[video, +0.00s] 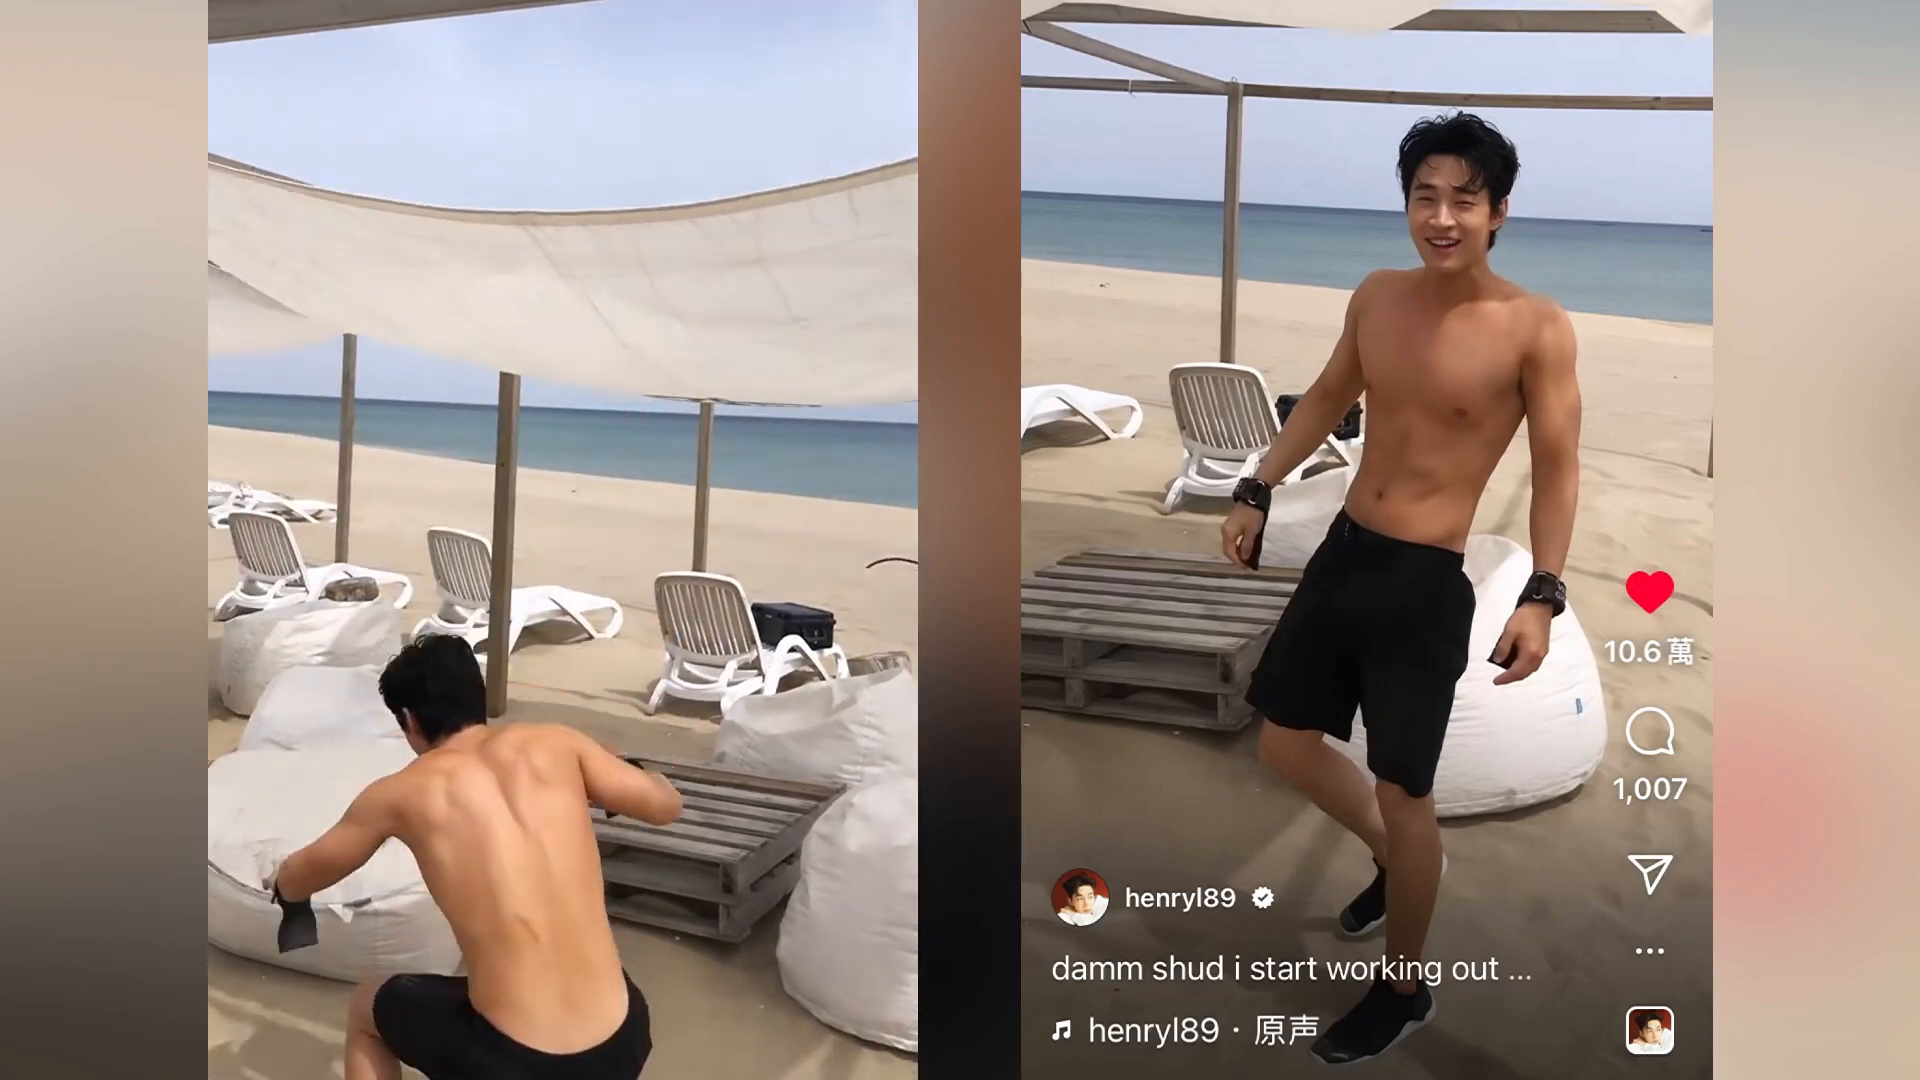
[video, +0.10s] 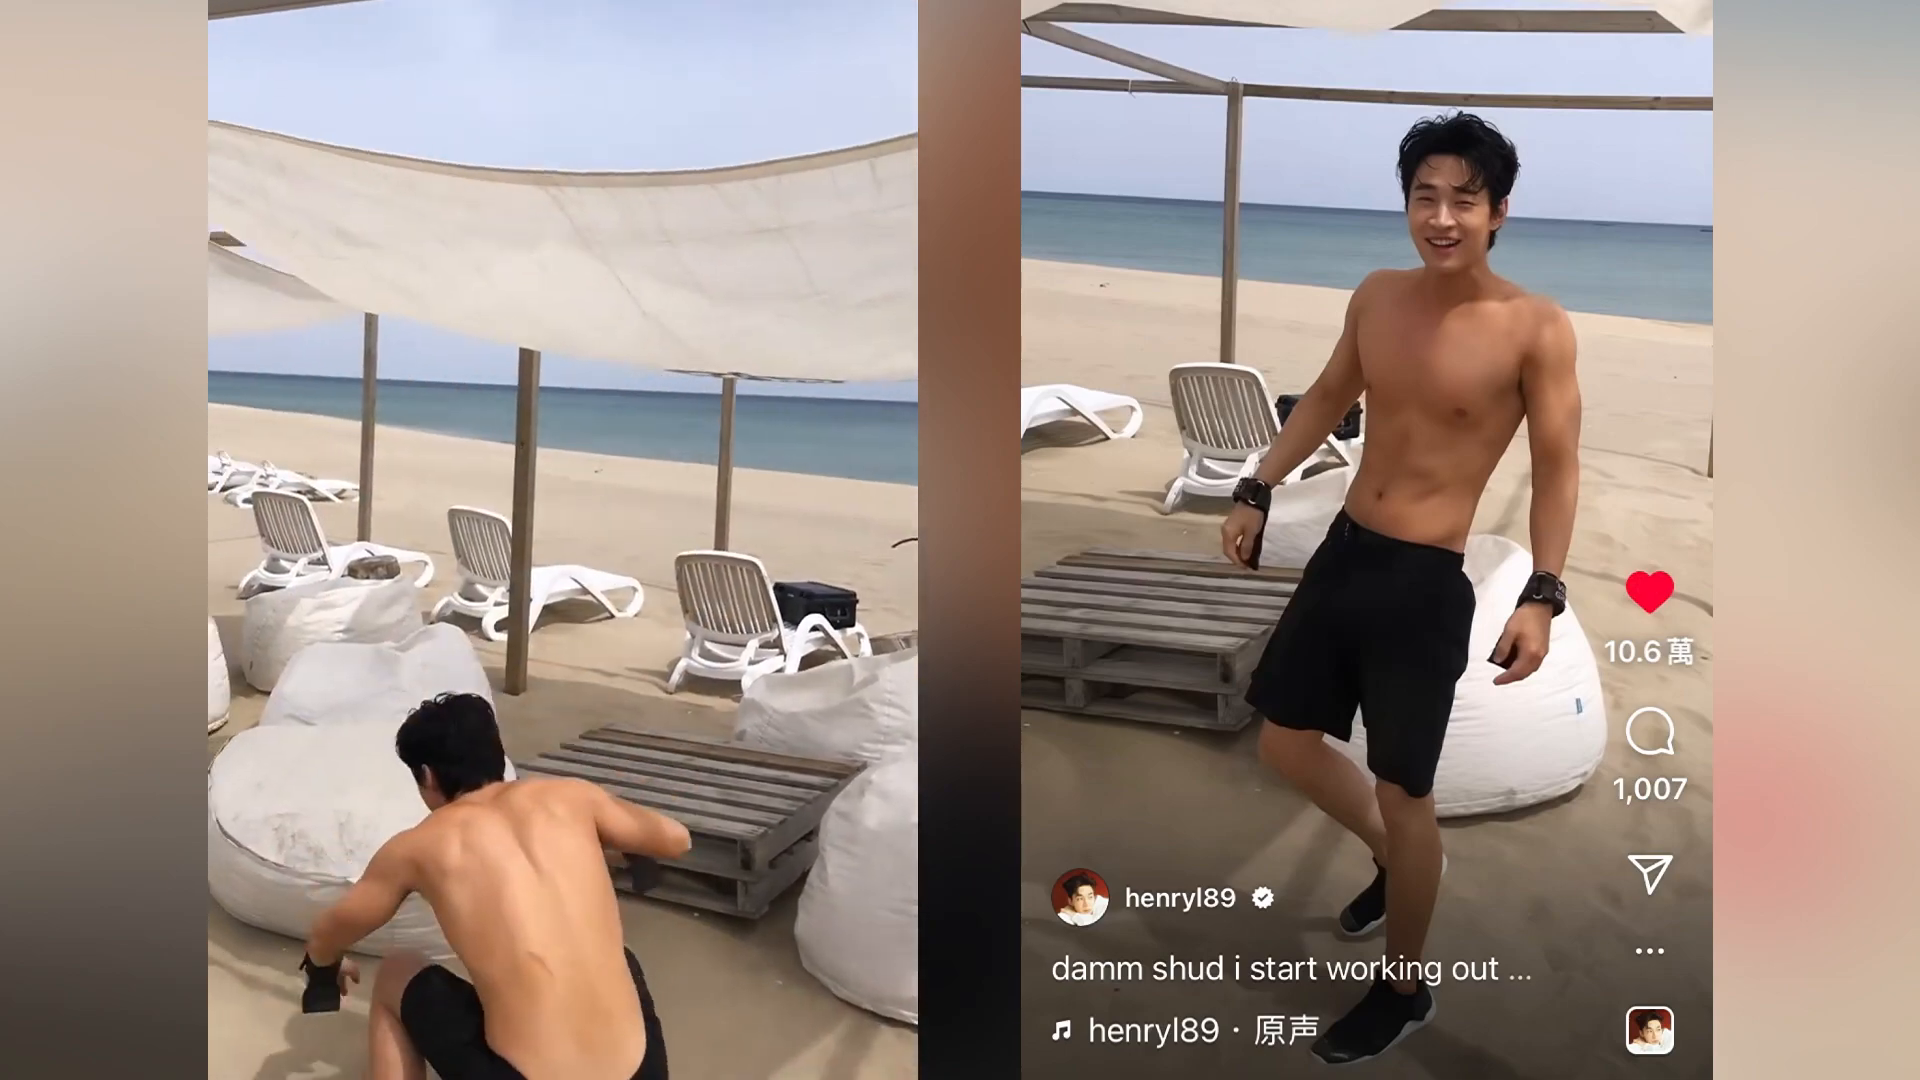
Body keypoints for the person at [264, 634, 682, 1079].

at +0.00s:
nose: (404, 731)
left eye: (400, 722)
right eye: (402, 722)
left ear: (411, 722)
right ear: (481, 701)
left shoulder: (400, 794)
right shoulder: (558, 743)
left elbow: (299, 877)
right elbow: (667, 805)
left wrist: (283, 882)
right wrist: (610, 782)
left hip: (513, 1055)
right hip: (620, 1044)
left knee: (369, 1006)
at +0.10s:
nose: (419, 790)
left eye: (416, 778)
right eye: (415, 778)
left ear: (429, 778)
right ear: (498, 757)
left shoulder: (419, 846)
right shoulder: (574, 796)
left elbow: (330, 932)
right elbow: (678, 841)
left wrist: (323, 964)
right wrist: (615, 835)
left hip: (528, 1071)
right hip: (636, 1066)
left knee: (397, 973)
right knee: (619, 952)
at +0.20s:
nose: (435, 806)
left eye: (433, 793)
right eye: (431, 793)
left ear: (451, 793)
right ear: (514, 775)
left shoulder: (447, 853)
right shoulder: (588, 806)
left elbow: (357, 943)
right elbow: (683, 858)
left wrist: (348, 988)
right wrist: (631, 858)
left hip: (546, 1071)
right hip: (653, 1066)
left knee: (418, 945)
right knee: (627, 928)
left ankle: (418, 1073)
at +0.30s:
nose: (452, 786)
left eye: (450, 773)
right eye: (448, 775)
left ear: (470, 769)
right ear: (528, 754)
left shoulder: (465, 827)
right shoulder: (601, 781)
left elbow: (381, 931)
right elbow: (690, 848)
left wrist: (363, 972)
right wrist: (640, 886)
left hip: (571, 1059)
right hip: (670, 1048)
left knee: (432, 925)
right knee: (635, 896)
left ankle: (438, 1072)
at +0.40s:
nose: (470, 739)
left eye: (470, 724)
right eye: (467, 725)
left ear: (493, 717)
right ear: (548, 704)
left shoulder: (487, 770)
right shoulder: (617, 732)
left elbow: (410, 894)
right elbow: (703, 812)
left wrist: (374, 945)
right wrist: (667, 868)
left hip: (597, 1005)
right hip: (689, 992)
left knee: (446, 896)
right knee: (675, 876)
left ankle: (453, 1072)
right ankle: (688, 1063)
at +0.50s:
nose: (493, 678)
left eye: (494, 662)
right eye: (489, 663)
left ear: (521, 654)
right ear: (574, 647)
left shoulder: (515, 702)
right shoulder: (640, 672)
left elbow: (445, 832)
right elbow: (723, 764)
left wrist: (399, 912)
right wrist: (692, 825)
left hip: (617, 926)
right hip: (710, 920)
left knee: (458, 873)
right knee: (670, 859)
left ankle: (464, 1066)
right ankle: (704, 1043)